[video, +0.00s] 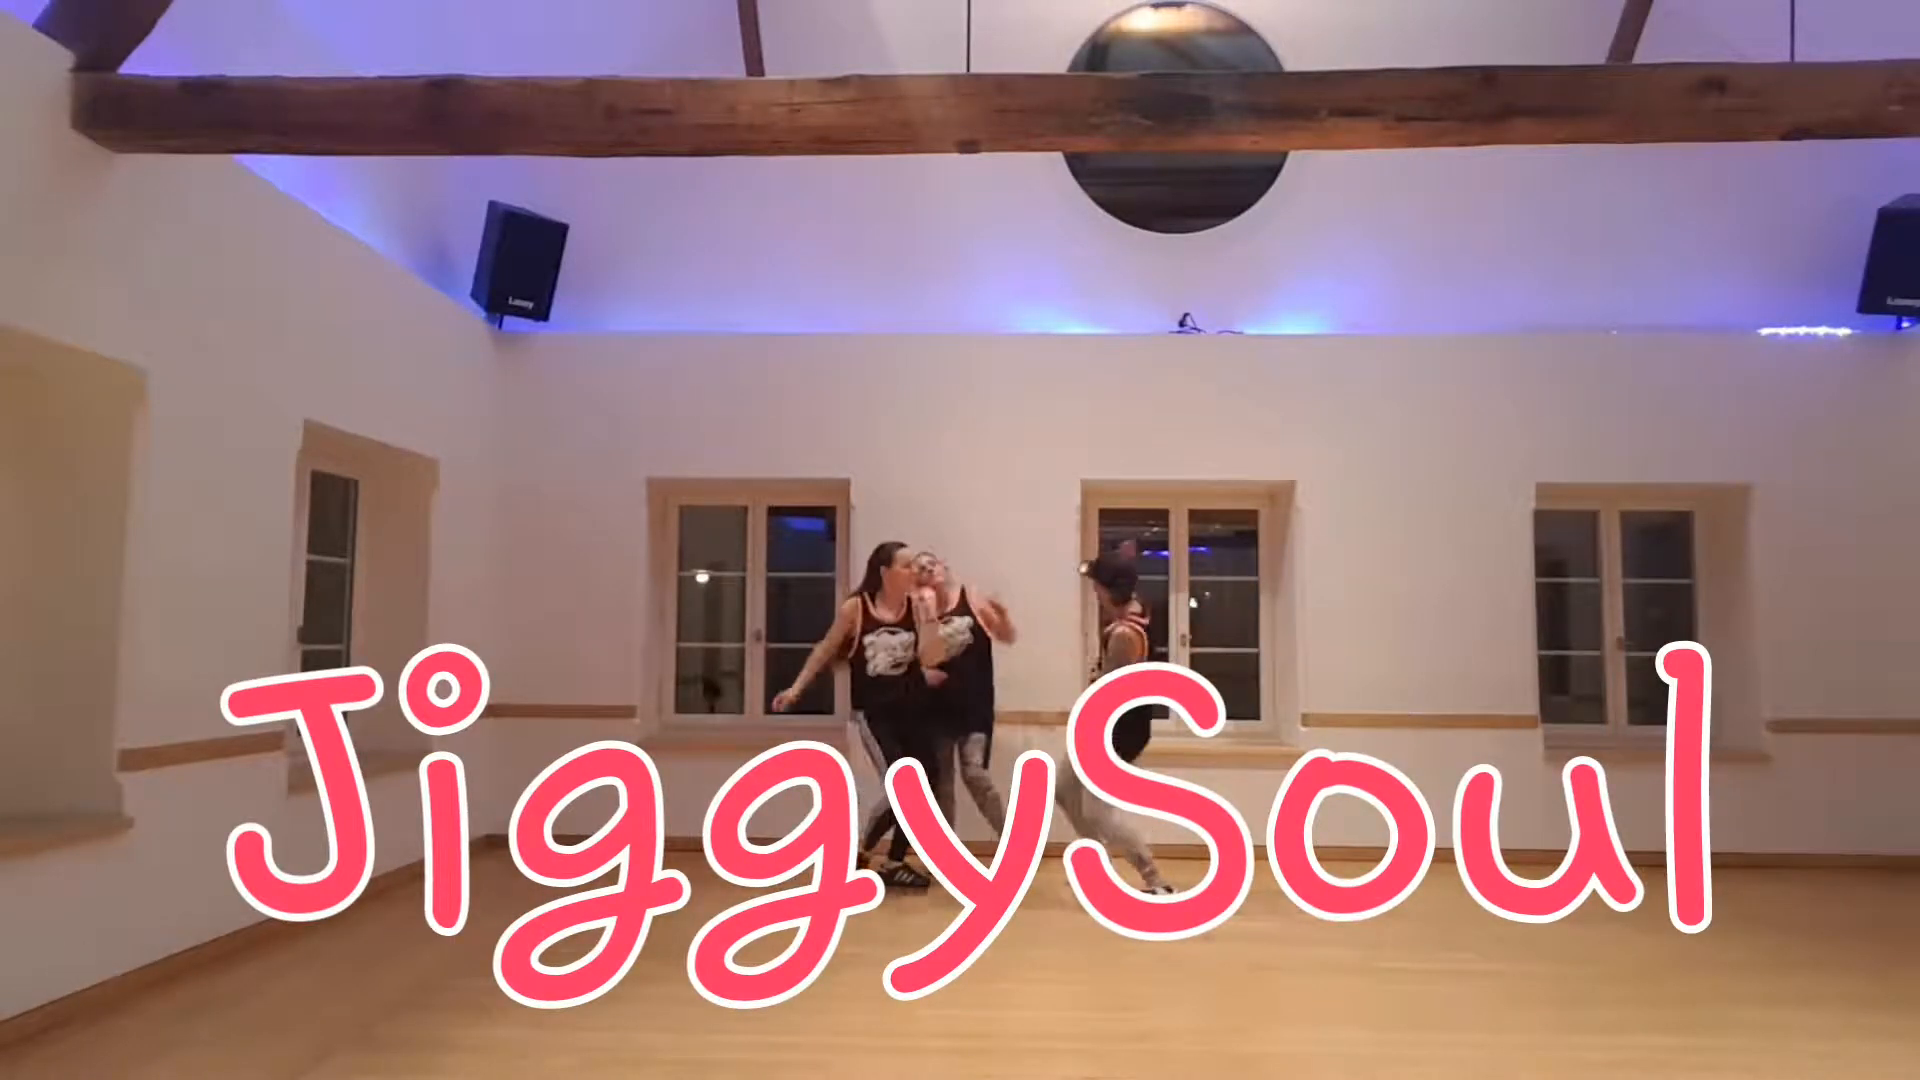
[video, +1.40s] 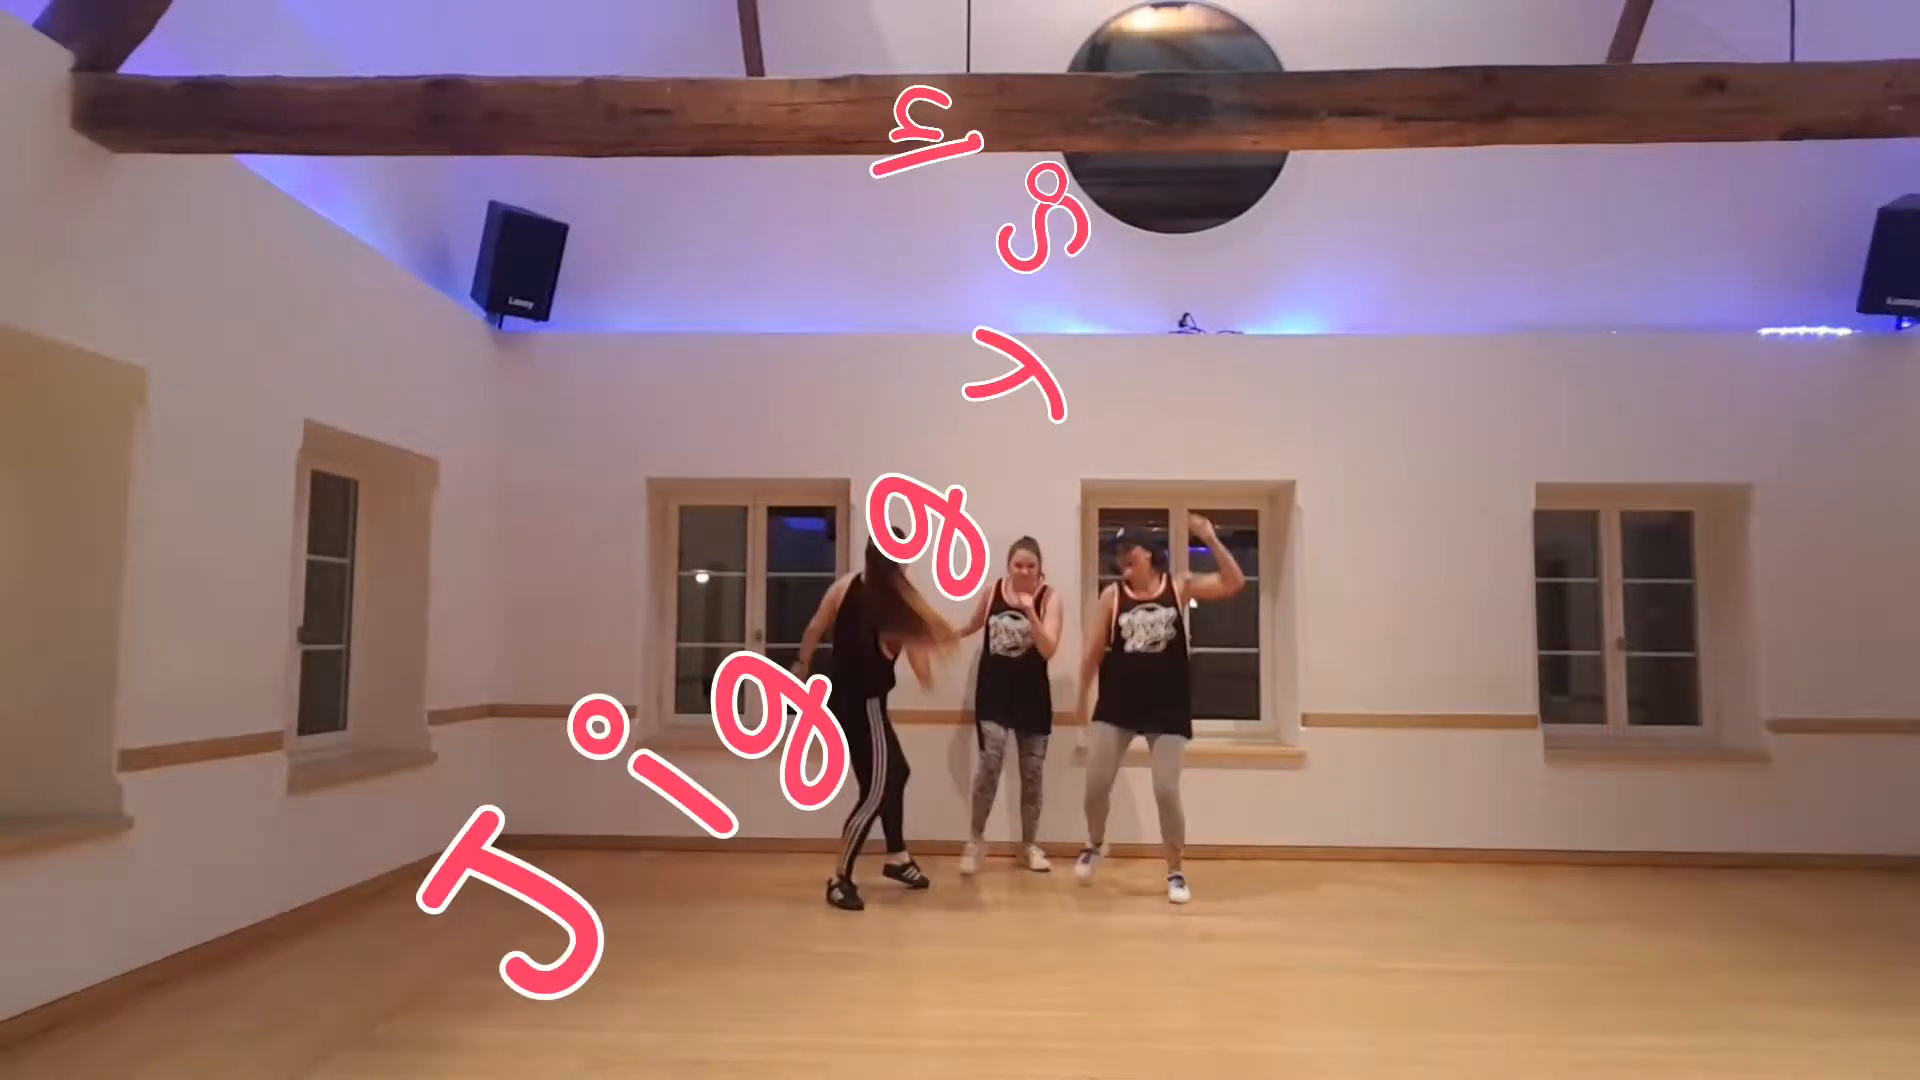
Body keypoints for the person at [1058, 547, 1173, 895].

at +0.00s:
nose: (1095, 592)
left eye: (1097, 586)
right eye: (1096, 586)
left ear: (1105, 590)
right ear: (1127, 587)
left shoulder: (1122, 635)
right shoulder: (1131, 625)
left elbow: (1114, 691)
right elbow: (1114, 685)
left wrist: (1096, 732)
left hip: (1121, 732)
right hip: (1127, 727)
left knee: (1096, 810)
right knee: (1065, 785)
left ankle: (1155, 882)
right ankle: (1097, 854)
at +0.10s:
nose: (1087, 592)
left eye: (1090, 586)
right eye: (1087, 585)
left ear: (1101, 592)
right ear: (1114, 590)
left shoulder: (1127, 635)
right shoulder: (1106, 623)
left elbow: (1134, 698)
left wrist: (1124, 740)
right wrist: (1096, 558)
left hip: (1108, 733)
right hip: (1084, 727)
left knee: (1099, 804)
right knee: (1062, 787)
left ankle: (1155, 881)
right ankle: (1094, 853)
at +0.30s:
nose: (1082, 570)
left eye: (1087, 567)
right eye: (1083, 565)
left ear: (1104, 574)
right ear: (1092, 571)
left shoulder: (1132, 610)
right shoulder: (1080, 581)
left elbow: (1171, 650)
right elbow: (1031, 573)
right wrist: (1047, 537)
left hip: (1100, 713)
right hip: (1069, 706)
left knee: (1090, 784)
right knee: (1069, 778)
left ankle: (1111, 859)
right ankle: (1105, 852)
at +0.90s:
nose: (1093, 555)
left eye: (1099, 549)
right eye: (1090, 549)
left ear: (1117, 553)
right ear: (1088, 553)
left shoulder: (1135, 588)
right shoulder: (1080, 583)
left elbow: (1145, 629)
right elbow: (1067, 582)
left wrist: (1188, 624)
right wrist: (1060, 578)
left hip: (1121, 697)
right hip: (1079, 698)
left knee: (1119, 771)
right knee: (1080, 783)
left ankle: (1118, 858)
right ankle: (1095, 858)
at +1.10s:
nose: (1101, 570)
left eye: (1108, 563)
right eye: (1099, 563)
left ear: (1127, 567)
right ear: (1098, 569)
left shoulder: (1151, 602)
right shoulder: (1090, 600)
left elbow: (1198, 621)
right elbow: (1058, 643)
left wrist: (1209, 582)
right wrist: (1075, 611)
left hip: (1138, 713)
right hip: (1091, 713)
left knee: (1147, 792)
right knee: (1076, 797)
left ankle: (1173, 873)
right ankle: (1089, 859)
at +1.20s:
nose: (1107, 578)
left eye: (1114, 571)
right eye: (1104, 572)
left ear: (1133, 575)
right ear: (1104, 577)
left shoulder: (1162, 610)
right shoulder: (1098, 612)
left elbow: (1216, 622)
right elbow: (1070, 643)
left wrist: (1214, 580)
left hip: (1151, 721)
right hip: (1103, 722)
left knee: (1157, 799)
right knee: (1088, 804)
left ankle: (1173, 875)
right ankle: (1091, 860)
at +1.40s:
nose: (1126, 566)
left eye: (1131, 558)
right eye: (1122, 560)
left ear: (1151, 555)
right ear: (1120, 561)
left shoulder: (1180, 586)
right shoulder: (1112, 597)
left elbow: (1234, 584)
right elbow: (1092, 656)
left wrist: (1211, 538)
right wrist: (1081, 711)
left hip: (1167, 707)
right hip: (1117, 705)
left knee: (1166, 791)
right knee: (1095, 785)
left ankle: (1175, 873)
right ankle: (1094, 846)